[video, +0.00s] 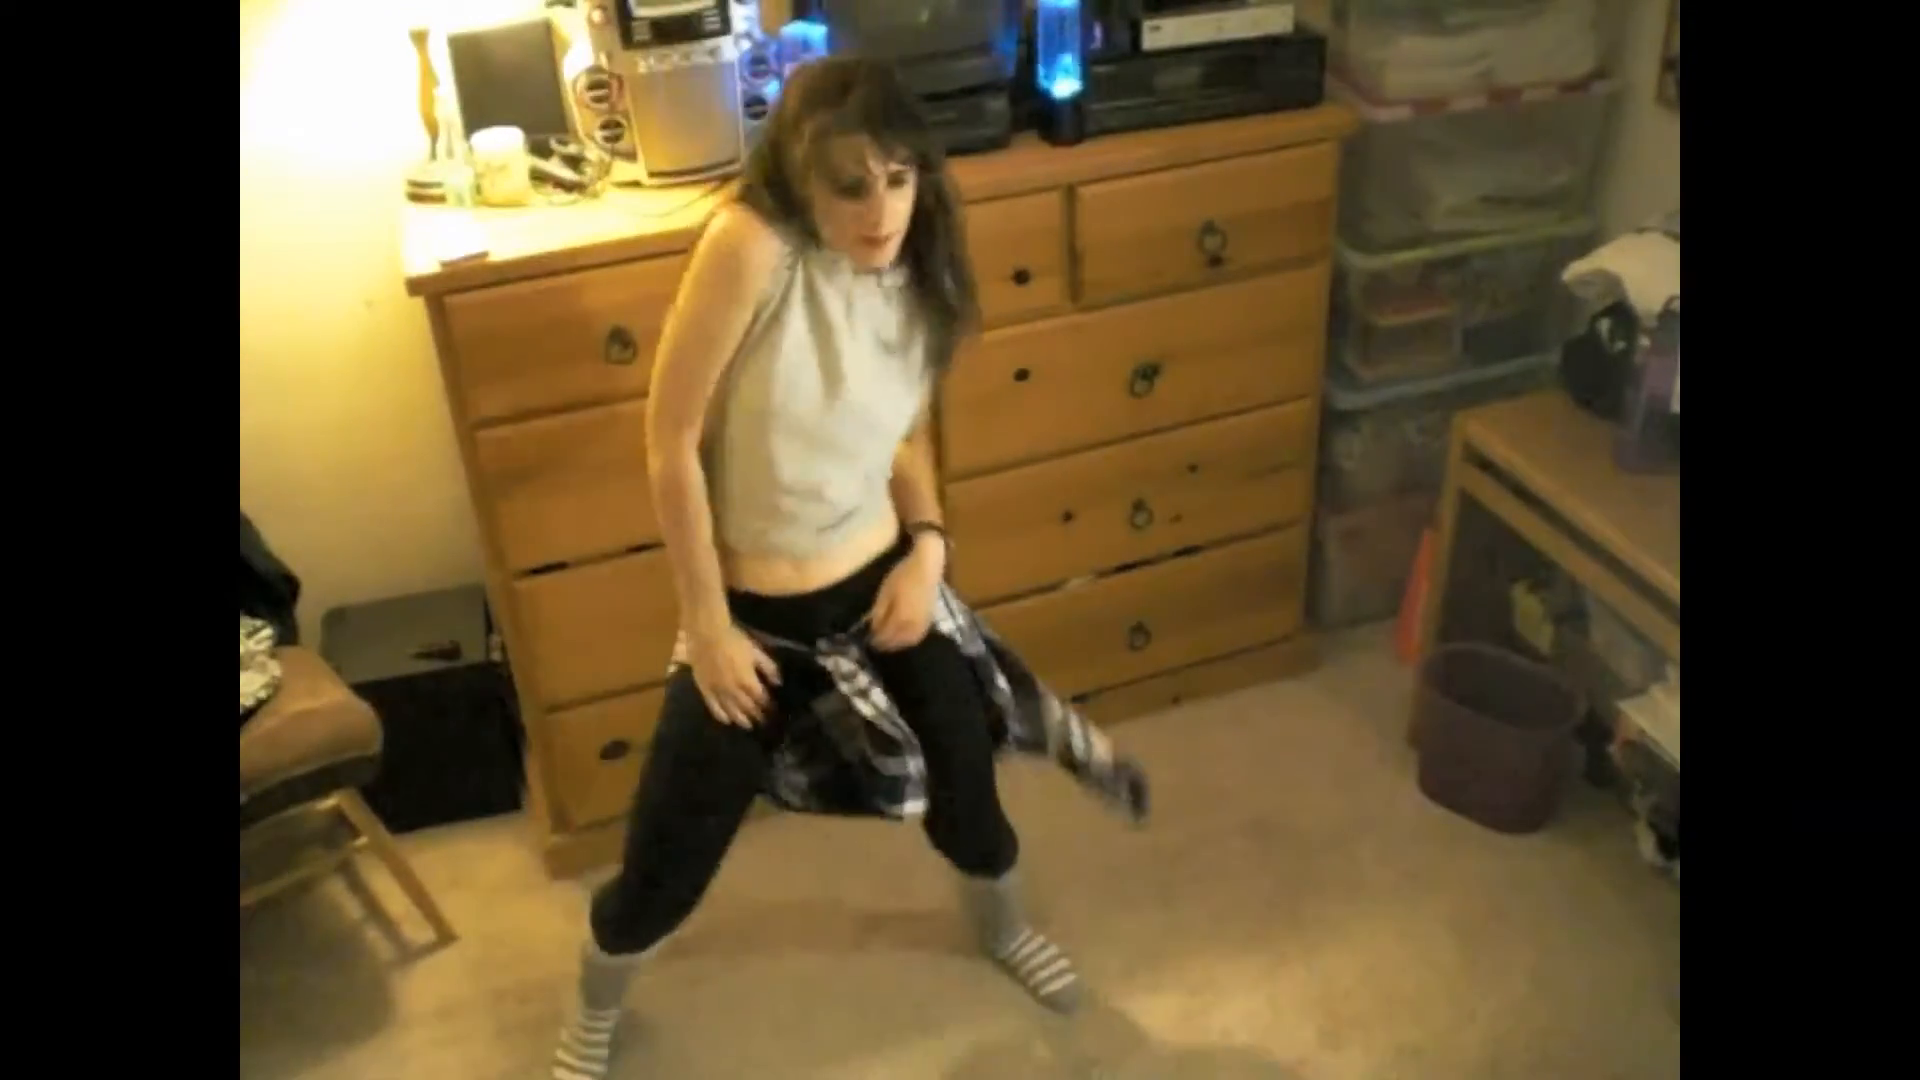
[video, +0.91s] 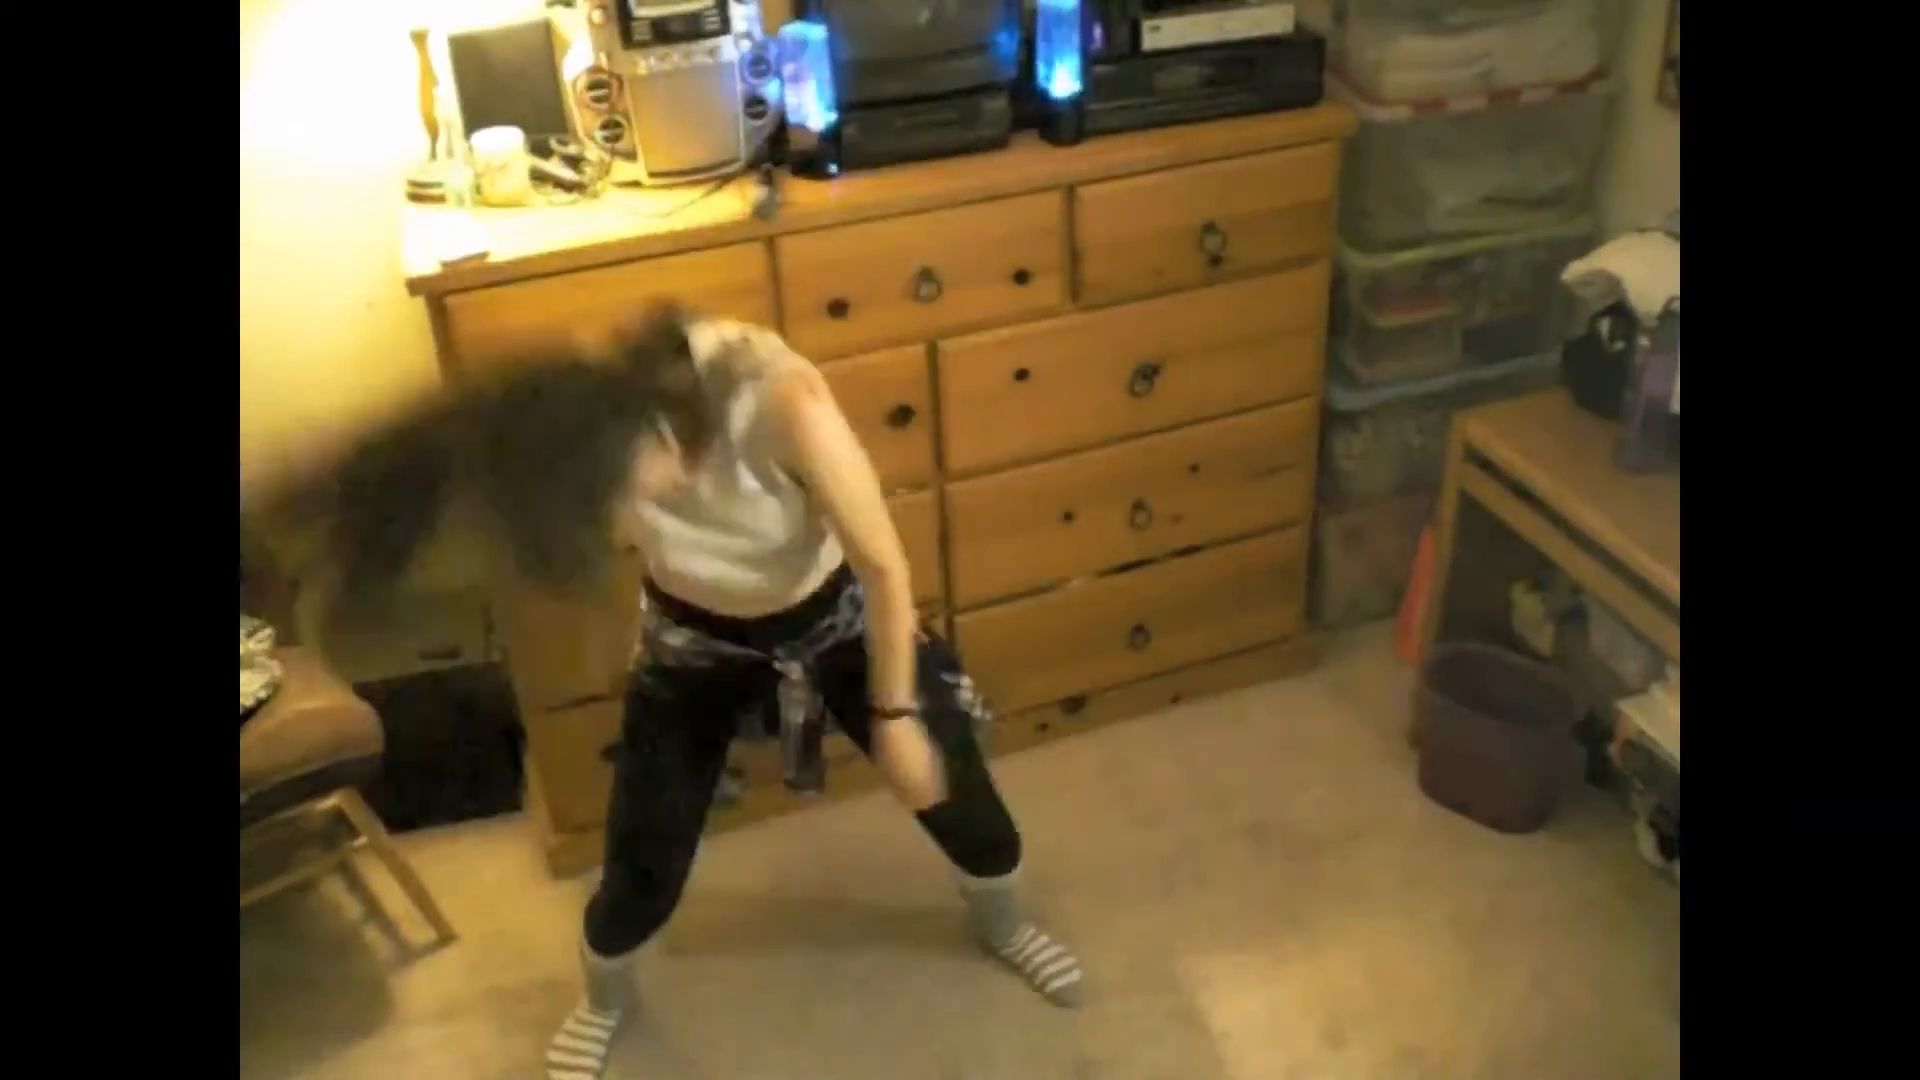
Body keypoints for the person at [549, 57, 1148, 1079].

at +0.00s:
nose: (884, 212)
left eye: (899, 181)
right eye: (851, 191)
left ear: (920, 171)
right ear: (798, 186)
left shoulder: (913, 268)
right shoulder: (748, 249)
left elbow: (901, 422)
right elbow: (671, 431)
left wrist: (925, 543)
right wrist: (706, 625)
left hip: (883, 591)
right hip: (751, 621)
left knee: (968, 778)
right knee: (665, 868)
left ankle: (1005, 930)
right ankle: (596, 1012)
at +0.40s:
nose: (932, 257)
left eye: (936, 224)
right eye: (895, 242)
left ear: (960, 217)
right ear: (847, 260)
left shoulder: (945, 319)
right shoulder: (839, 384)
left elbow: (906, 454)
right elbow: (698, 555)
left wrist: (968, 557)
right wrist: (776, 678)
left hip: (861, 616)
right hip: (729, 645)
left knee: (1018, 794)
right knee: (685, 922)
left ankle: (1008, 924)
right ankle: (598, 994)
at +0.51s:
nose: (978, 423)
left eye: (1001, 401)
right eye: (958, 390)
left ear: (1022, 417)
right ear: (904, 379)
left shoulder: (934, 464)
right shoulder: (806, 499)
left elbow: (910, 539)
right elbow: (646, 576)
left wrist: (1010, 620)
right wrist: (739, 717)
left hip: (849, 643)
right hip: (725, 679)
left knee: (1028, 790)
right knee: (681, 948)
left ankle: (1009, 921)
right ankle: (608, 1005)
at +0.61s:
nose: (892, 588)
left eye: (917, 581)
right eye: (897, 567)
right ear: (877, 512)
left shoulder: (908, 520)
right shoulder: (751, 536)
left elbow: (945, 600)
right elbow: (608, 566)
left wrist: (1023, 686)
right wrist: (657, 736)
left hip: (838, 644)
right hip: (711, 685)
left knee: (1016, 797)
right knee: (679, 951)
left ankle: (1011, 924)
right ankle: (605, 1002)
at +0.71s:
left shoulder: (891, 482)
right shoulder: (680, 549)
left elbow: (939, 600)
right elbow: (591, 563)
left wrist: (1002, 701)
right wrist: (595, 731)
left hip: (846, 642)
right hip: (699, 668)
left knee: (1009, 817)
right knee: (668, 928)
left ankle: (1010, 923)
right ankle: (604, 1001)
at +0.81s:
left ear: (752, 507)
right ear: (647, 525)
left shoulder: (817, 440)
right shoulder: (602, 506)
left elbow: (910, 564)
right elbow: (579, 646)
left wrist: (964, 701)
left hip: (837, 623)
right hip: (691, 652)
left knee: (997, 812)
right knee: (654, 898)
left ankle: (1008, 926)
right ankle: (602, 1000)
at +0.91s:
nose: (636, 513)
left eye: (634, 494)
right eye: (617, 508)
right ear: (587, 476)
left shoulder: (781, 398)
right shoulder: (600, 442)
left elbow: (886, 568)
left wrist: (894, 716)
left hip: (839, 612)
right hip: (695, 636)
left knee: (972, 810)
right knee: (644, 876)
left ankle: (1002, 923)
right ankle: (601, 1005)